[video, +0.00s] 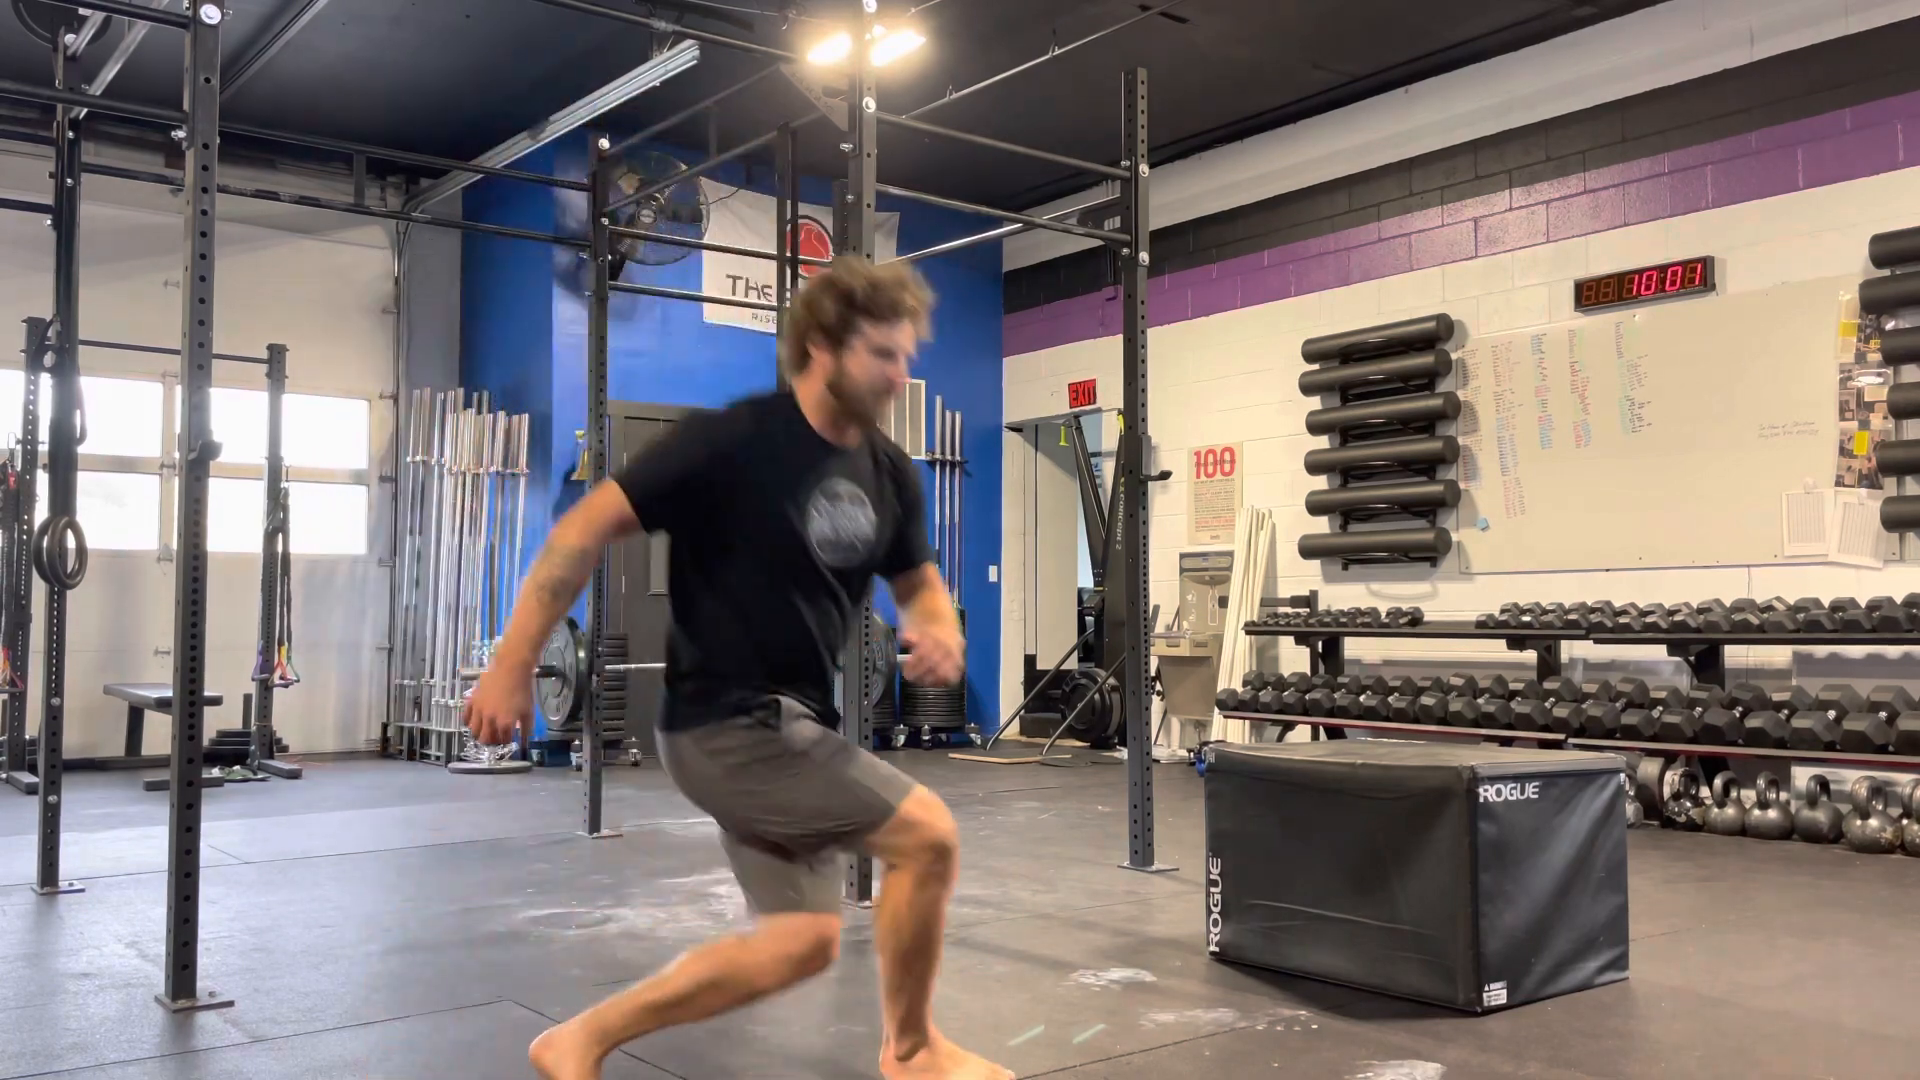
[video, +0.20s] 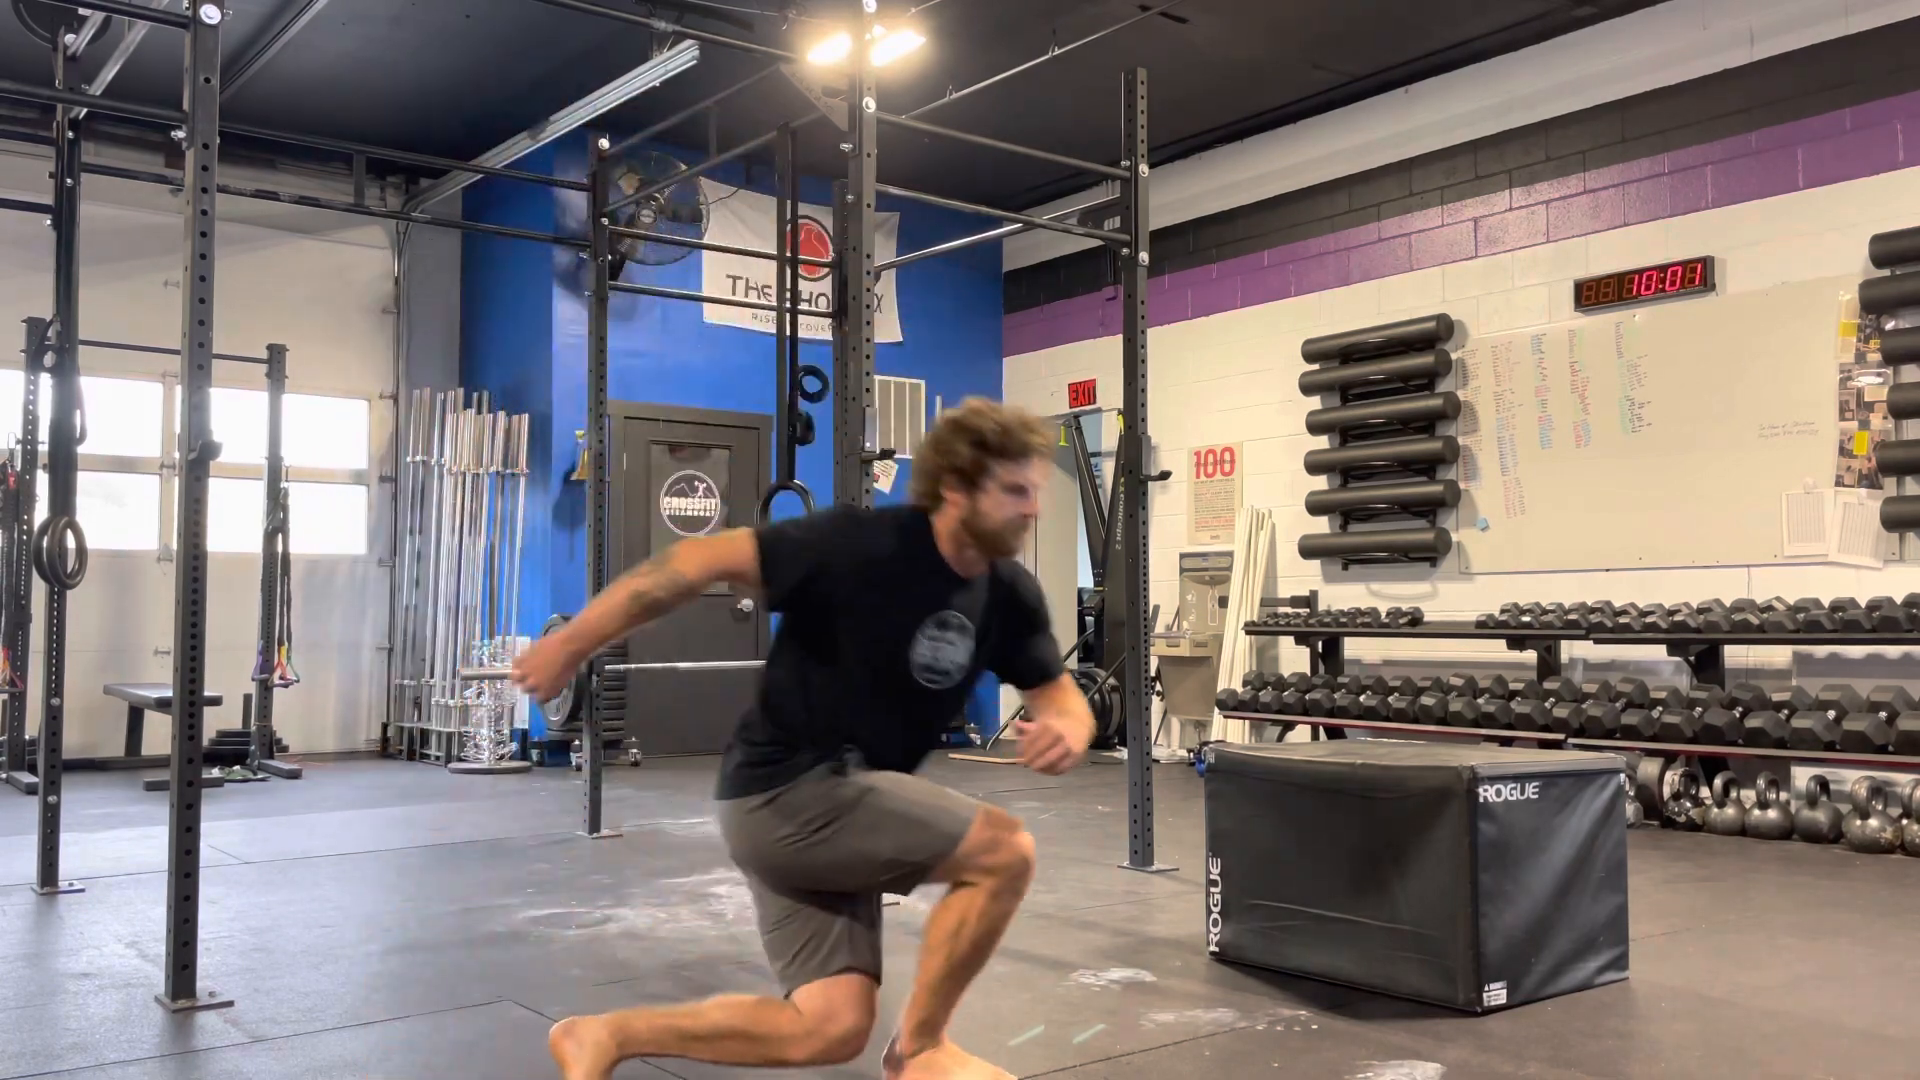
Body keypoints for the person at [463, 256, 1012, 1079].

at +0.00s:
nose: (902, 376)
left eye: (908, 358)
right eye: (885, 354)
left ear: (908, 359)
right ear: (822, 351)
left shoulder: (885, 471)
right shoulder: (727, 441)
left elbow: (920, 585)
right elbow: (581, 530)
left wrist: (939, 632)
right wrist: (510, 665)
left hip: (793, 721)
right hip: (727, 720)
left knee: (804, 942)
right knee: (927, 836)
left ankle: (578, 1041)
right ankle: (911, 1048)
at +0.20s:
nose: (1034, 509)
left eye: (1037, 491)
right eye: (1016, 491)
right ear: (954, 492)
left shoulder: (1008, 597)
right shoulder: (857, 542)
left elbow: (1062, 700)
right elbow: (696, 561)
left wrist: (1070, 728)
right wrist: (567, 645)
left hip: (835, 800)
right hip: (783, 787)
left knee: (835, 1023)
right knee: (1003, 851)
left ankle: (604, 1036)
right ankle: (917, 1048)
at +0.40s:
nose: (1158, 451)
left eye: (1158, 435)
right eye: (1149, 434)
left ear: (1100, 438)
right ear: (1101, 436)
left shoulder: (1086, 519)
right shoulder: (993, 516)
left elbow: (1061, 614)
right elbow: (891, 660)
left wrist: (1112, 668)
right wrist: (823, 776)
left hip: (930, 723)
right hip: (908, 723)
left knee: (929, 937)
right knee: (1063, 866)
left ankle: (720, 978)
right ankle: (919, 1043)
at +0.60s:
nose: (1202, 309)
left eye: (1203, 293)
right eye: (1198, 293)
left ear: (1120, 289)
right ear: (1168, 294)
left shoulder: (1082, 353)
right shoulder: (1139, 368)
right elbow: (1250, 449)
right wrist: (1340, 430)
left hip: (1073, 592)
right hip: (1019, 616)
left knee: (1191, 620)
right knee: (1062, 833)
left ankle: (1115, 770)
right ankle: (924, 1026)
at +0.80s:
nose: (1303, 198)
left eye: (1307, 187)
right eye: (1304, 185)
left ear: (1220, 171)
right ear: (1284, 173)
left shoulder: (1160, 243)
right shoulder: (1263, 213)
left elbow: (1092, 352)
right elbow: (1314, 330)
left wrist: (1115, 437)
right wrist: (1359, 392)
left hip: (1126, 446)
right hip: (1169, 453)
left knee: (1270, 498)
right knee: (1173, 668)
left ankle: (1266, 681)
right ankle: (1008, 787)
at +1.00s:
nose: (1385, 250)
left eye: (1387, 240)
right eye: (1383, 239)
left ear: (1299, 232)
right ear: (1364, 231)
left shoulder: (1244, 293)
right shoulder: (1365, 270)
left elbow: (1181, 401)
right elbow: (1384, 386)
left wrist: (1190, 500)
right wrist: (1383, 500)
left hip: (1214, 482)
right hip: (1289, 487)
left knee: (1334, 548)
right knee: (1315, 679)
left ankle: (1353, 730)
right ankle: (1161, 732)